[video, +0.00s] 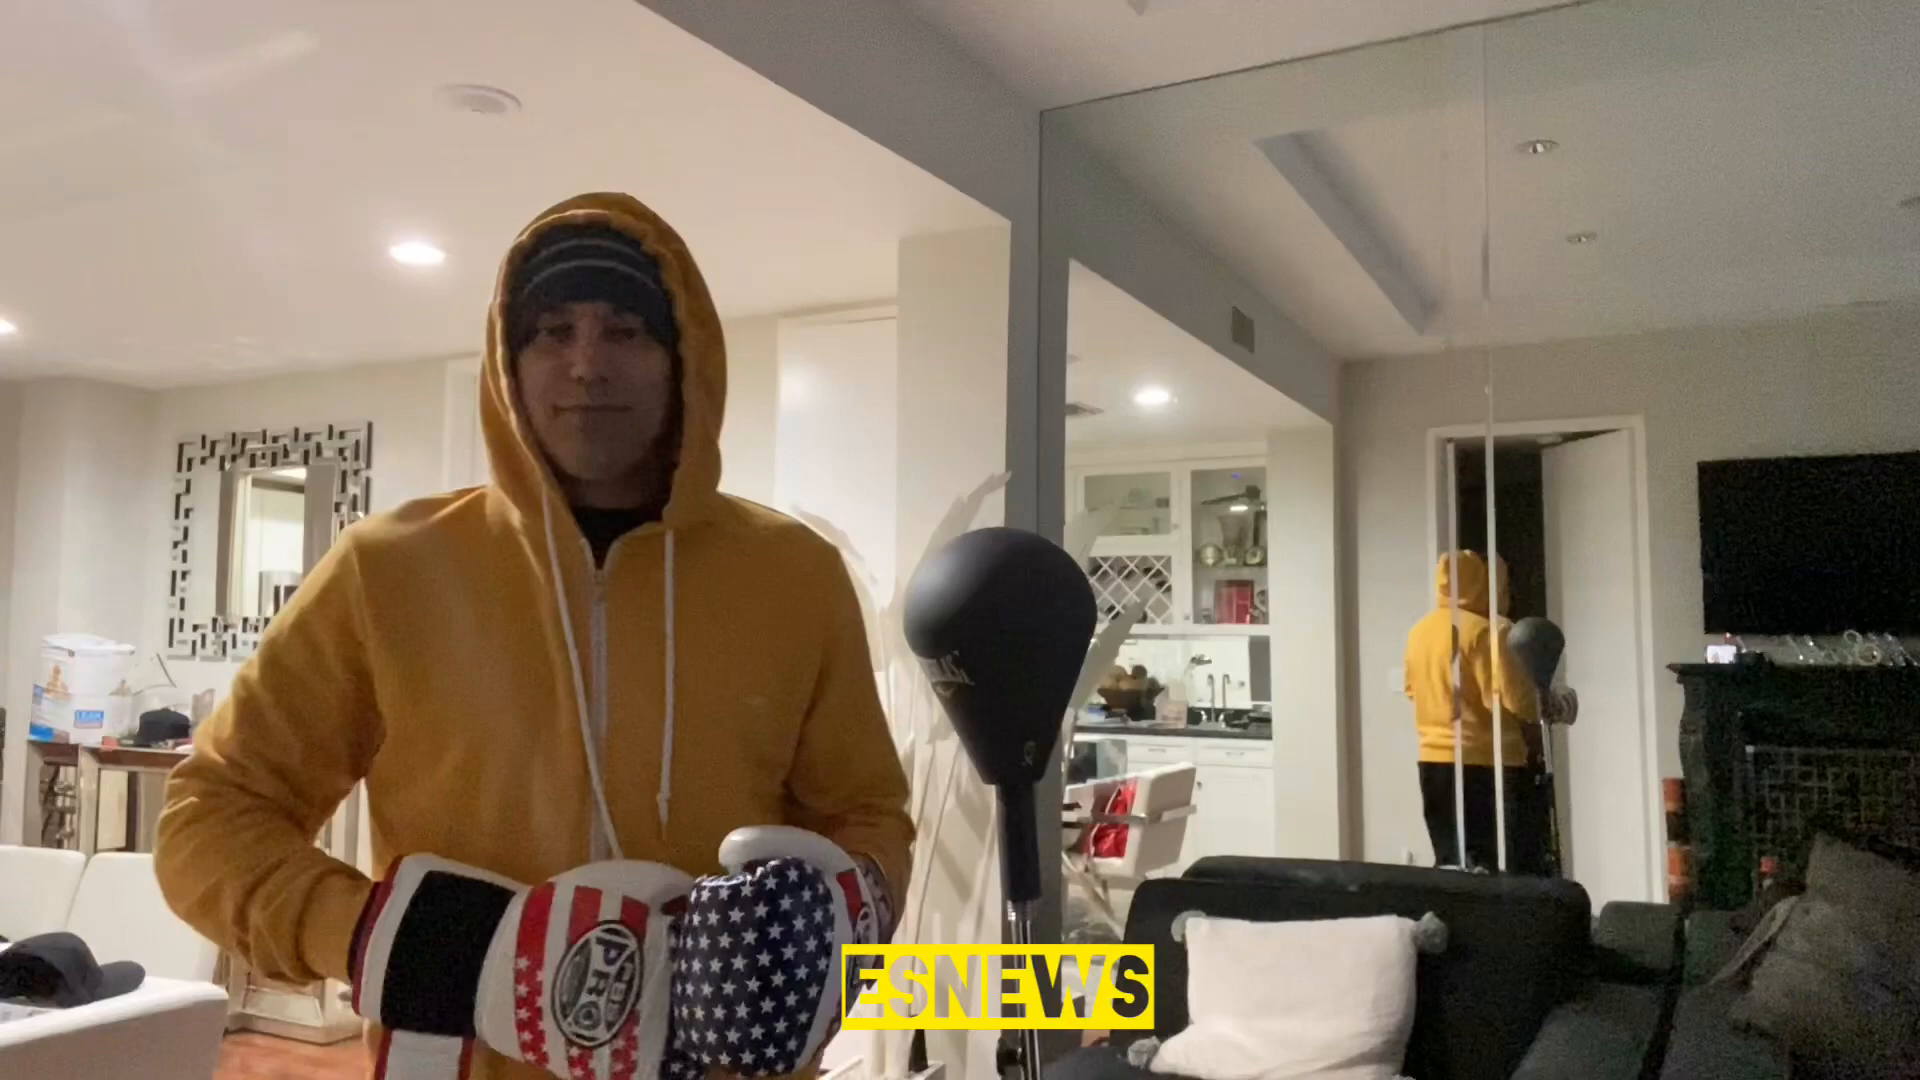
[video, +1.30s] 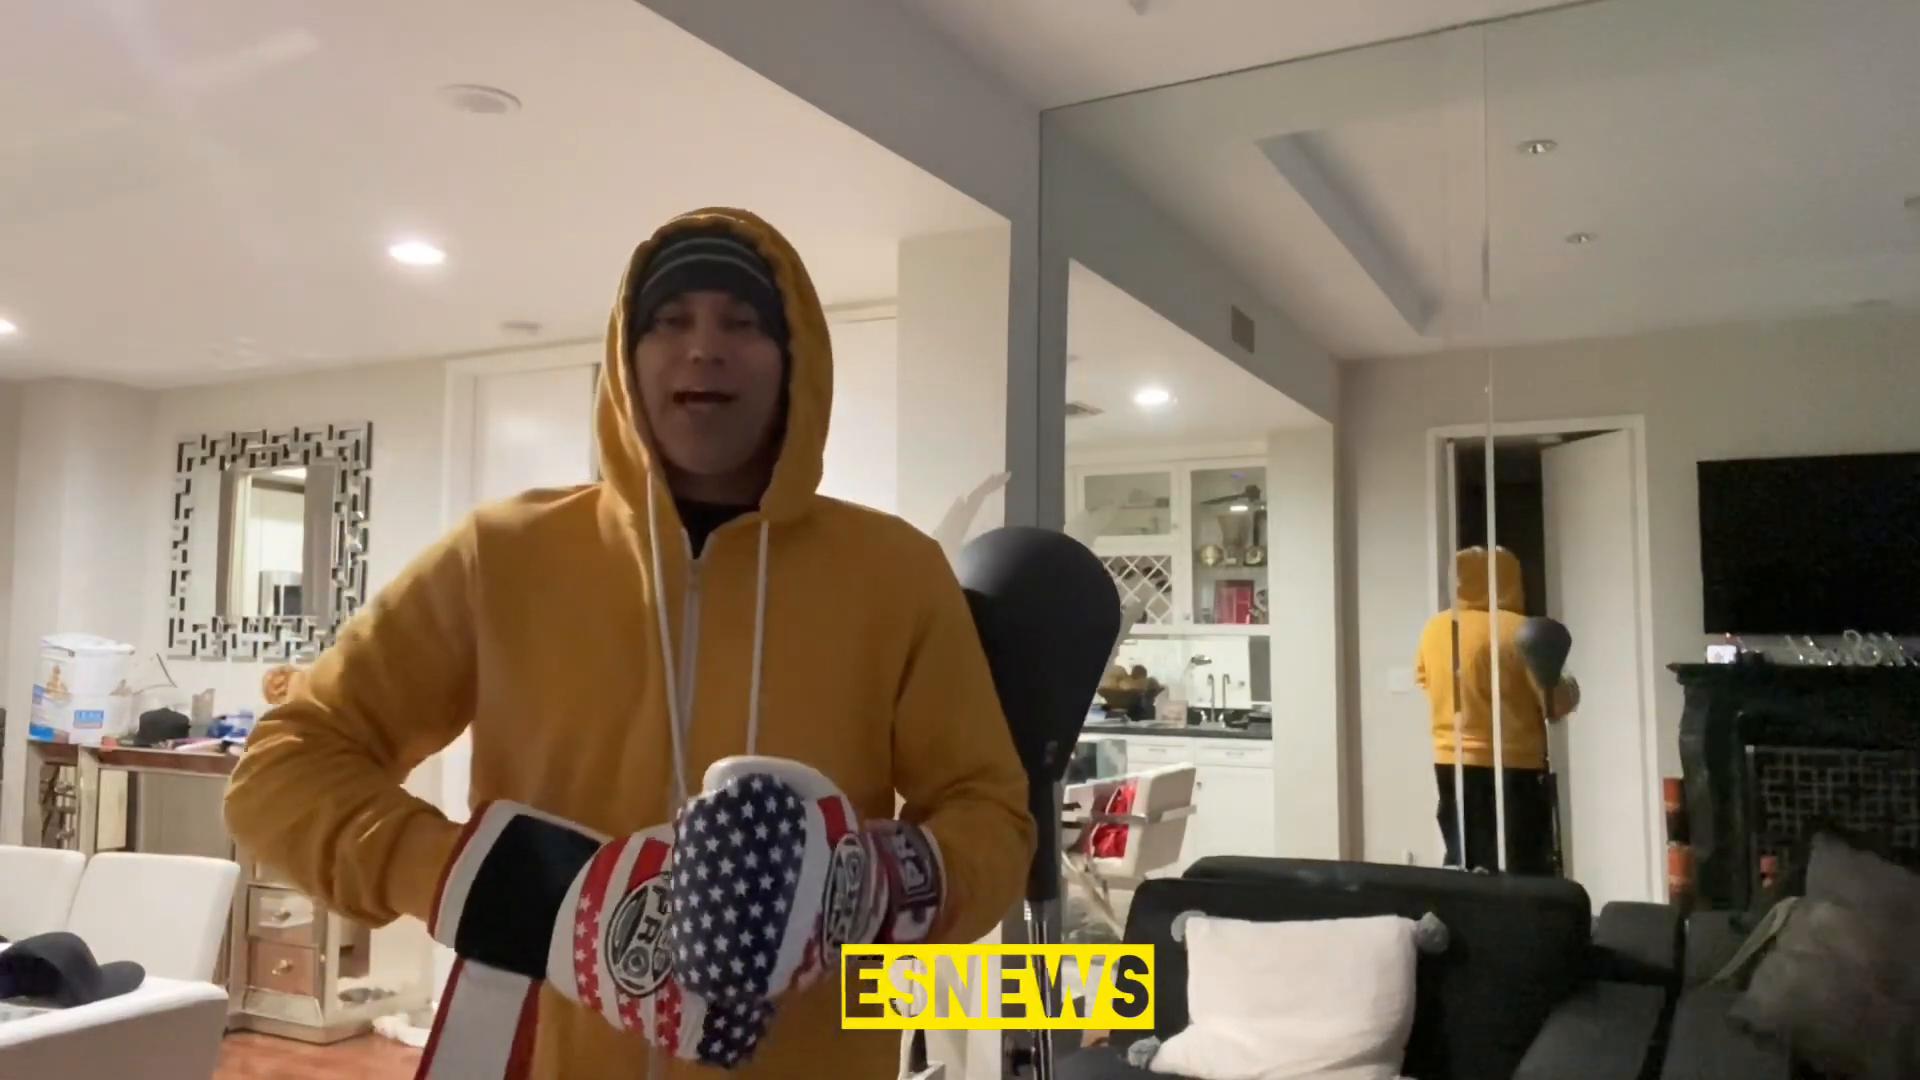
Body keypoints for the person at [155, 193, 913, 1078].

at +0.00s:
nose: (587, 364)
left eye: (626, 331)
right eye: (555, 333)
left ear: (681, 363)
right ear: (510, 367)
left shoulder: (795, 577)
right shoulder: (387, 574)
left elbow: (869, 817)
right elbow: (212, 819)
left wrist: (808, 930)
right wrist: (385, 939)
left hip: (720, 1064)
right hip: (465, 1062)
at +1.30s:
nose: (705, 347)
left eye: (744, 320)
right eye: (670, 321)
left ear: (795, 360)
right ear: (624, 361)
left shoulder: (894, 575)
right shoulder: (501, 560)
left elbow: (991, 818)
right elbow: (282, 770)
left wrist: (879, 881)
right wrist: (511, 891)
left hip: (813, 1066)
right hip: (552, 1061)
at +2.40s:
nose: (616, 472)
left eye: (655, 426)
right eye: (576, 429)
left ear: (728, 419)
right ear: (533, 430)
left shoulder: (864, 574)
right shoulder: (444, 583)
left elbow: (1006, 836)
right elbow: (228, 829)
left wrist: (826, 820)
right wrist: (520, 832)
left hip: (809, 1061)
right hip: (542, 1064)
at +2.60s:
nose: (499, 491)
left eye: (540, 434)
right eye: (461, 443)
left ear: (630, 408)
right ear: (425, 443)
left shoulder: (805, 554)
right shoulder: (357, 599)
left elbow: (980, 808)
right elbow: (153, 874)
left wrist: (750, 789)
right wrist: (486, 854)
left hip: (764, 1060)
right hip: (465, 1063)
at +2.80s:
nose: (376, 506)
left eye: (414, 443)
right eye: (329, 461)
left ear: (507, 410)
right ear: (292, 470)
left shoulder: (732, 535)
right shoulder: (261, 625)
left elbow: (939, 782)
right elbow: (67, 948)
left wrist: (685, 805)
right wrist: (392, 903)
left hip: (723, 1065)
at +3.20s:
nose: (314, 513)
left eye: (347, 448)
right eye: (265, 469)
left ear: (443, 398)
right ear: (222, 470)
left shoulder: (666, 524)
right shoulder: (172, 630)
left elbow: (826, 786)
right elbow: (27, 947)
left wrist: (587, 873)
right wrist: (296, 904)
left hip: (657, 1062)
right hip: (334, 1072)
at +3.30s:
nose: (330, 500)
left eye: (365, 436)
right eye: (281, 456)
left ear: (458, 391)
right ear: (244, 463)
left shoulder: (667, 524)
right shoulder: (184, 603)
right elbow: (34, 941)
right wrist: (327, 803)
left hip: (639, 1062)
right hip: (321, 1072)